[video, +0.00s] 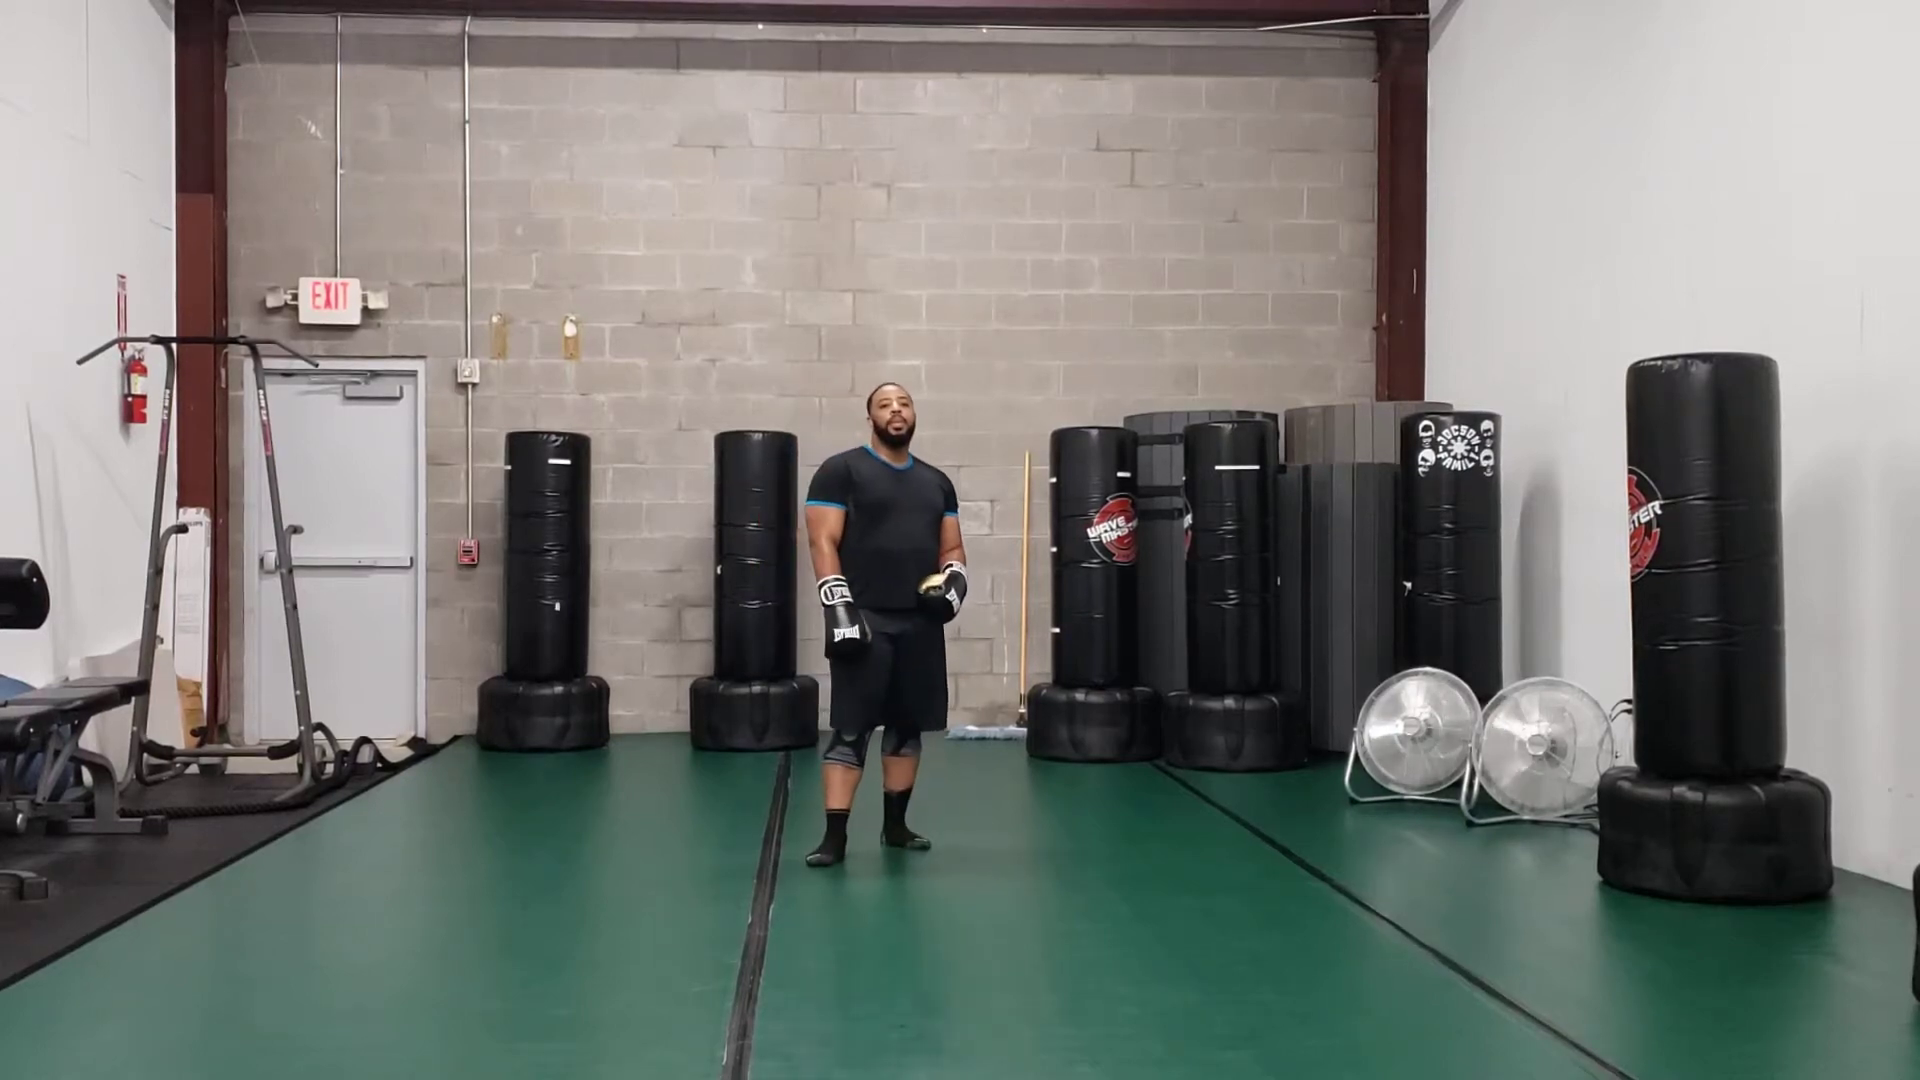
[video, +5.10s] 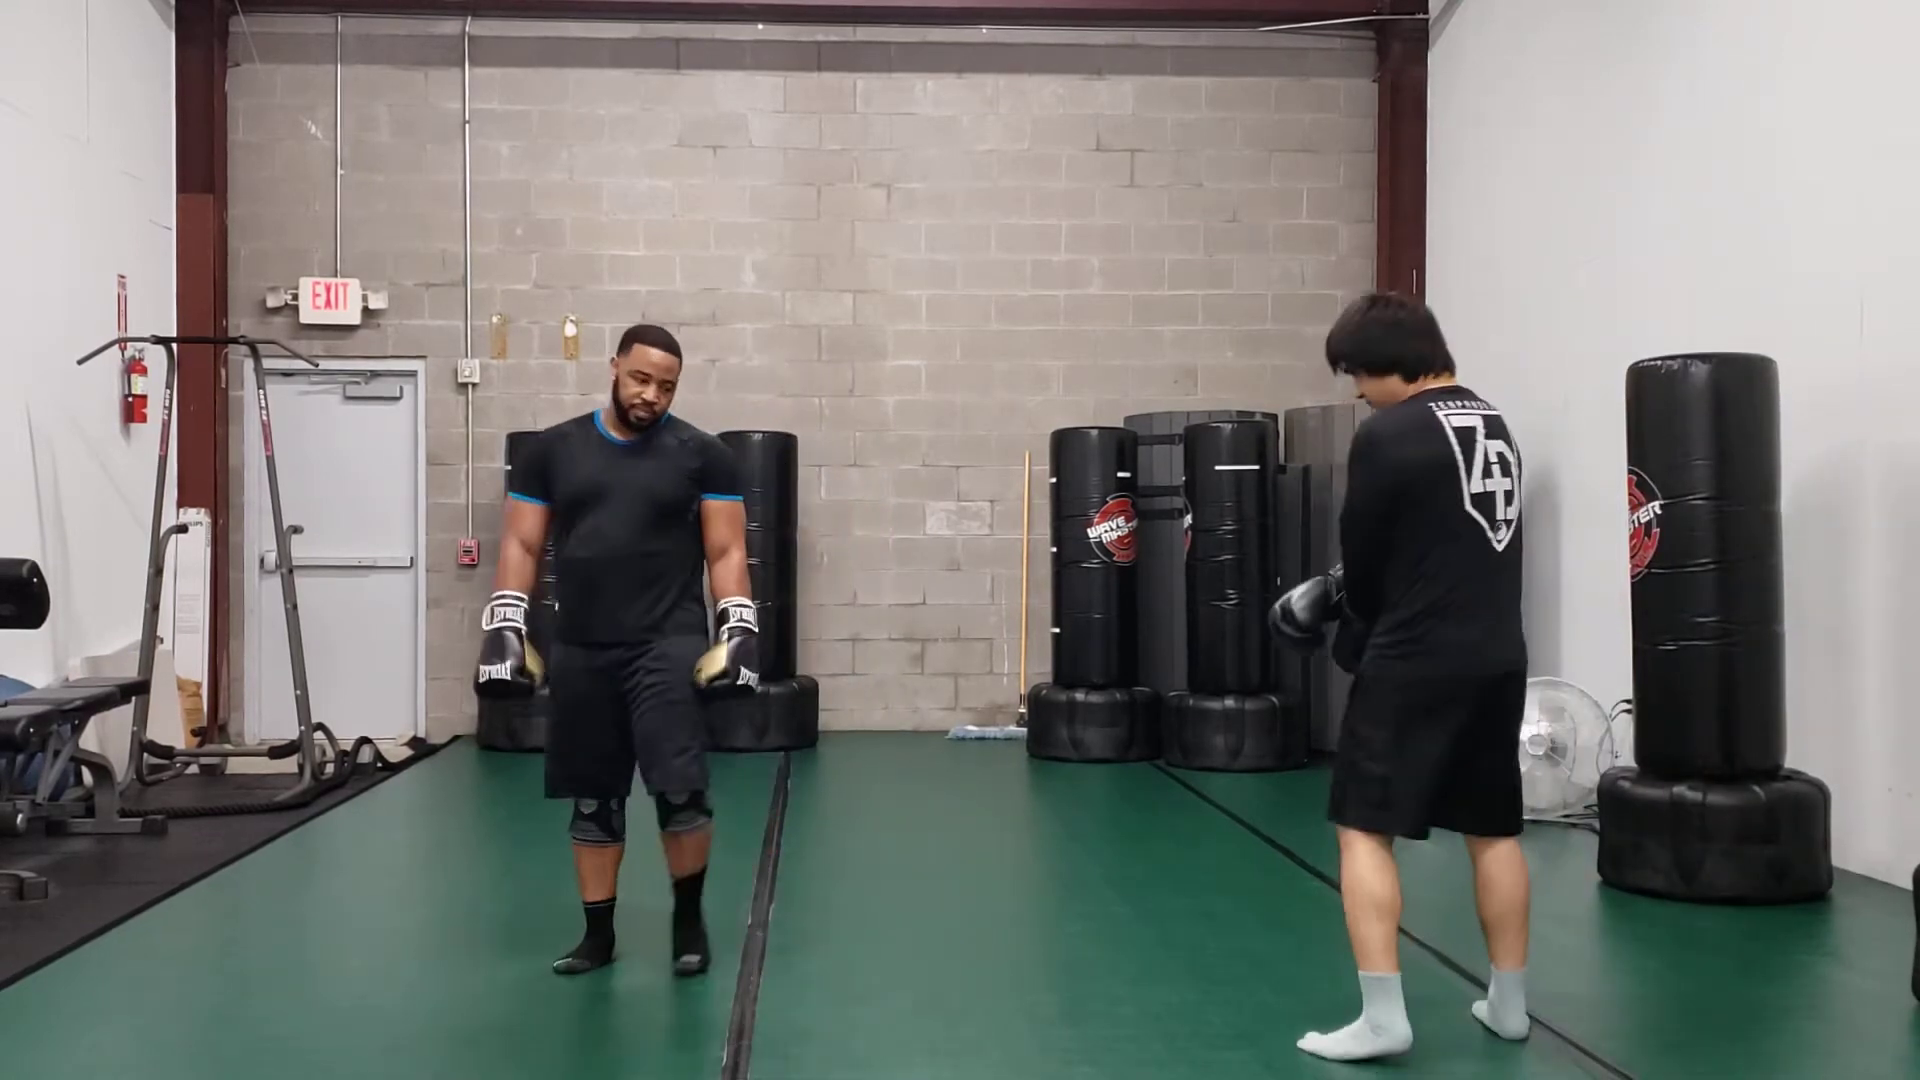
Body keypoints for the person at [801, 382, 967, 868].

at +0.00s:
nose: (896, 409)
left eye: (903, 403)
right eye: (885, 404)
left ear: (915, 417)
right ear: (870, 419)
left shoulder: (937, 482)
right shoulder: (841, 471)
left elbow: (951, 548)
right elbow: (822, 542)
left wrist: (952, 580)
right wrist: (838, 607)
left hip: (919, 621)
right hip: (861, 620)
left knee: (906, 727)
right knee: (850, 729)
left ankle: (895, 826)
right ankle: (833, 838)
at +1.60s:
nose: (786, 413)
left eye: (794, 404)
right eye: (776, 407)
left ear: (809, 412)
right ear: (763, 419)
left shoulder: (847, 469)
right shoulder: (737, 479)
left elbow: (872, 534)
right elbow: (714, 547)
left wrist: (852, 567)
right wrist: (749, 569)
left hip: (840, 617)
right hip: (775, 621)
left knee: (863, 722)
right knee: (783, 730)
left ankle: (878, 823)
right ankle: (786, 833)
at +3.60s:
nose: (784, 423)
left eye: (795, 412)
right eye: (774, 411)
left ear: (810, 412)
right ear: (757, 409)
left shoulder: (841, 471)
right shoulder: (720, 472)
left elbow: (865, 551)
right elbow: (690, 544)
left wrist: (887, 621)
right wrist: (719, 546)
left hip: (824, 635)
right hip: (749, 640)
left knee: (855, 741)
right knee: (754, 754)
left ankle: (860, 823)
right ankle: (754, 873)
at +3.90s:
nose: (768, 420)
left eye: (778, 411)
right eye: (757, 408)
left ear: (789, 409)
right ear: (735, 401)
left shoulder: (817, 468)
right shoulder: (690, 468)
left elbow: (843, 548)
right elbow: (658, 544)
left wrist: (862, 616)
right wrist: (696, 549)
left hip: (796, 629)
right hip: (726, 634)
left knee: (792, 750)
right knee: (741, 758)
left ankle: (790, 879)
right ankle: (754, 875)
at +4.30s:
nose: (753, 410)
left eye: (767, 401)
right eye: (745, 396)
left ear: (781, 406)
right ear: (726, 390)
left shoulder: (806, 472)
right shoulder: (675, 460)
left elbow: (824, 561)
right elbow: (651, 543)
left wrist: (836, 637)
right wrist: (638, 615)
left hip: (770, 642)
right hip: (691, 641)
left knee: (763, 772)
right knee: (690, 771)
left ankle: (749, 898)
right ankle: (749, 845)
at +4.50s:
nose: (736, 405)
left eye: (750, 396)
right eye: (728, 390)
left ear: (765, 399)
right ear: (708, 384)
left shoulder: (791, 466)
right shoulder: (660, 461)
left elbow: (813, 554)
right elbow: (626, 549)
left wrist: (814, 630)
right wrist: (587, 618)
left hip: (760, 649)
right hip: (673, 646)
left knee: (759, 780)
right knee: (648, 768)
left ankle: (748, 902)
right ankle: (666, 894)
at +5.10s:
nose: (650, 395)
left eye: (664, 384)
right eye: (640, 379)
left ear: (677, 386)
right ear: (614, 371)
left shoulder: (702, 458)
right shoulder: (554, 451)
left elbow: (727, 553)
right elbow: (522, 546)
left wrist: (739, 628)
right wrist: (506, 624)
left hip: (668, 646)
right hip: (581, 650)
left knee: (680, 790)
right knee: (592, 797)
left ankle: (689, 924)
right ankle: (598, 935)